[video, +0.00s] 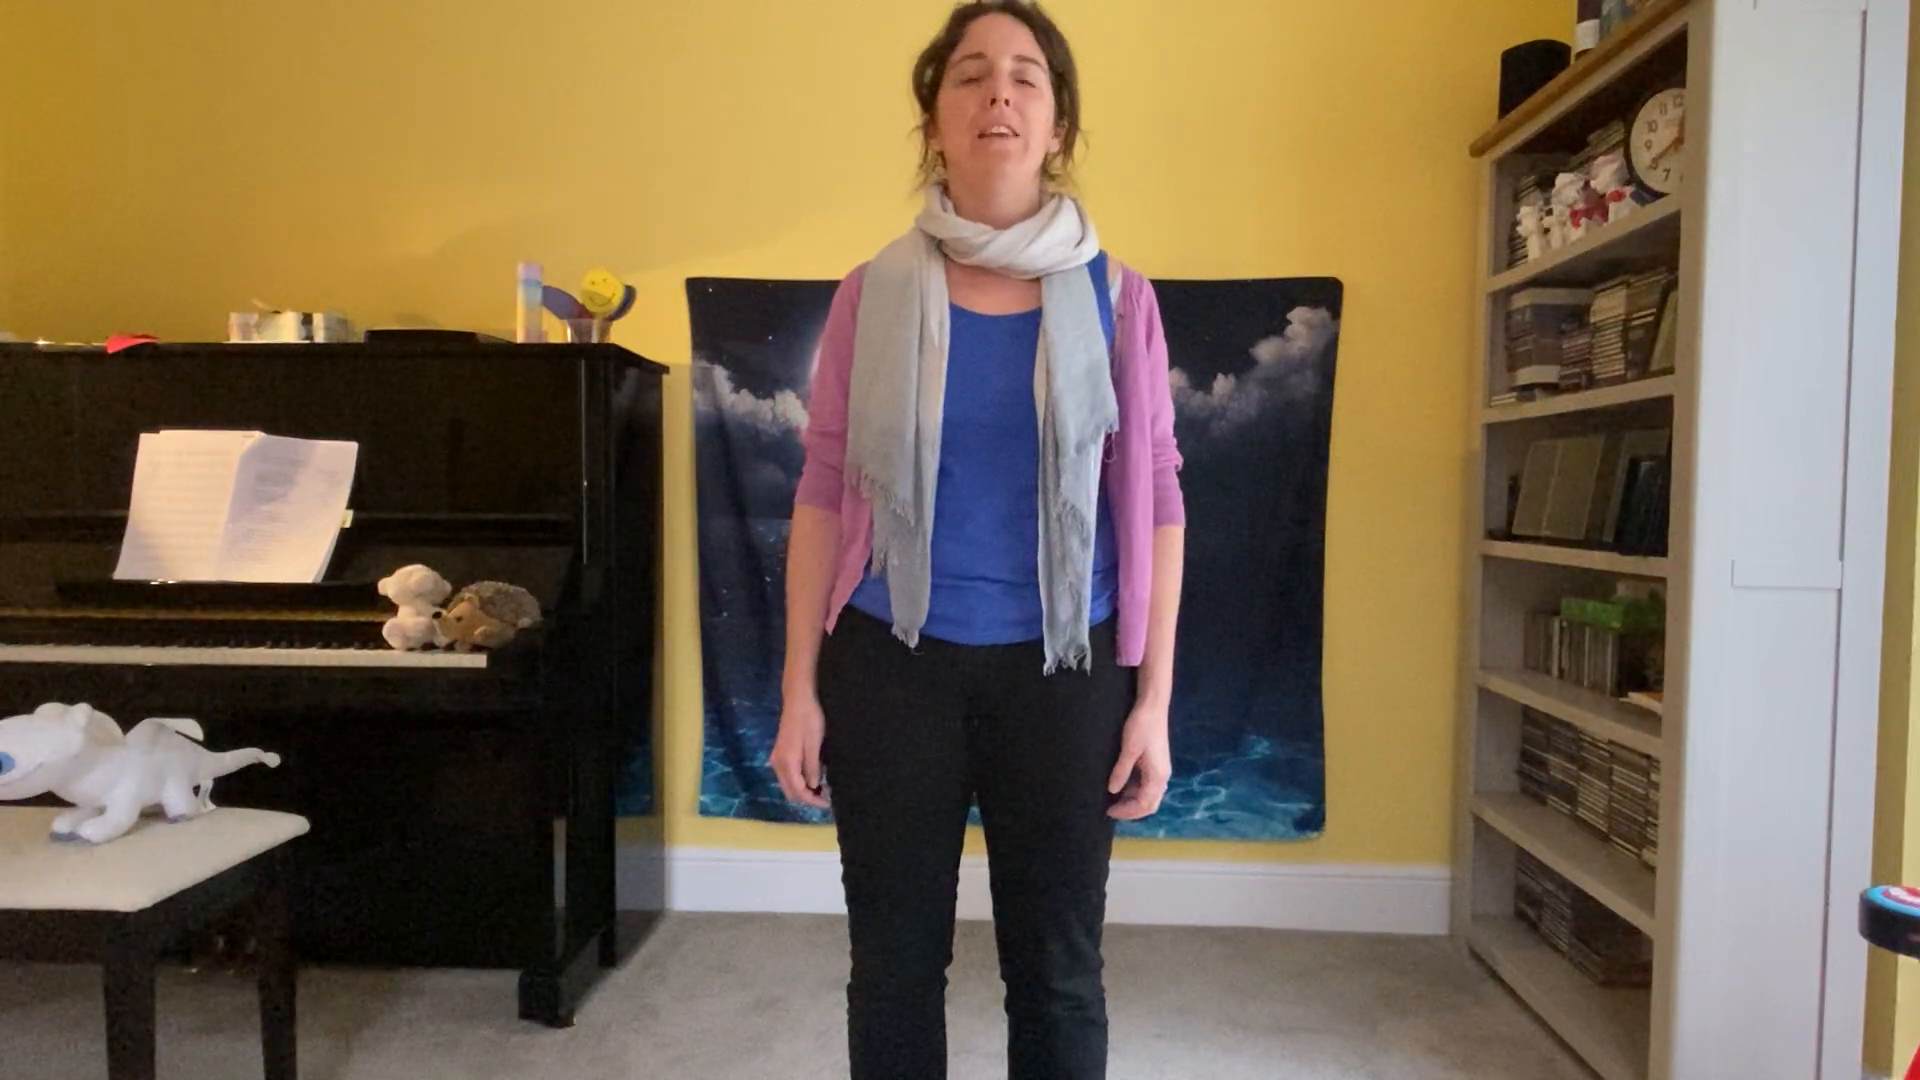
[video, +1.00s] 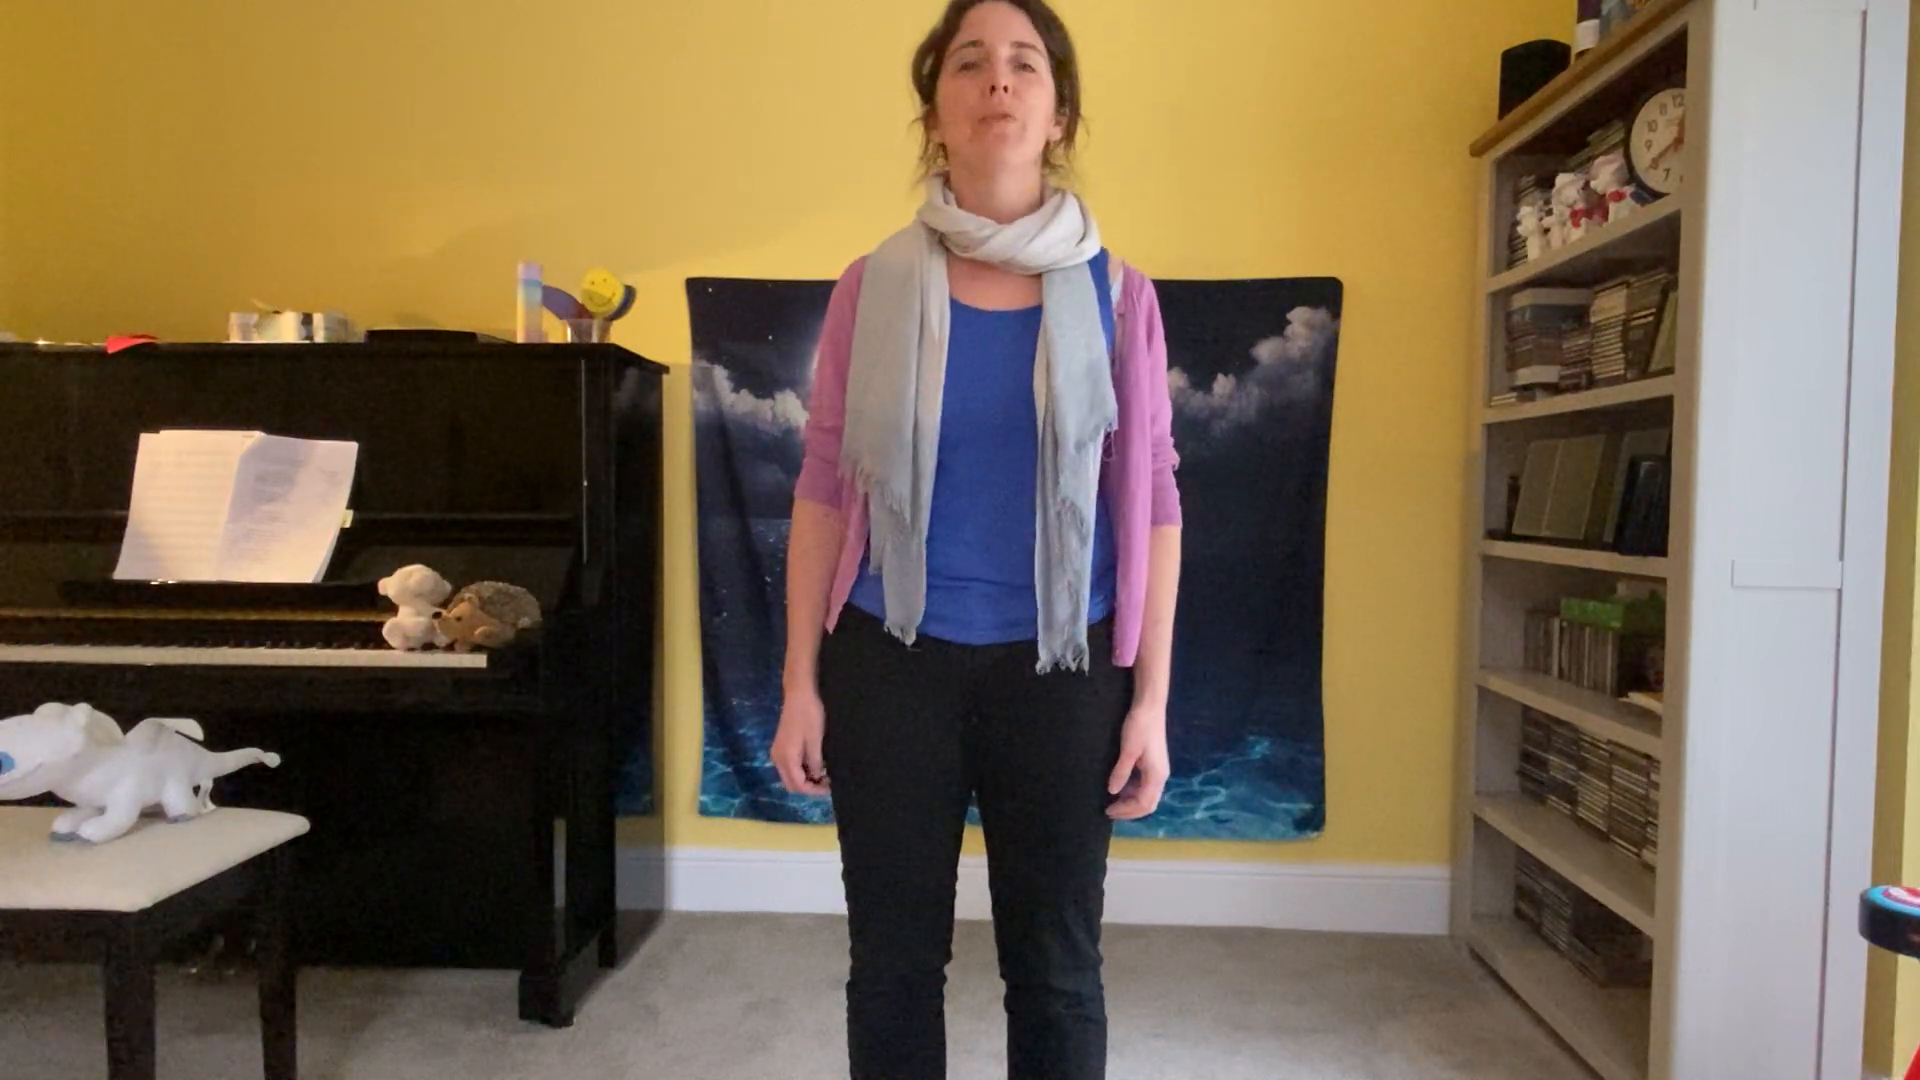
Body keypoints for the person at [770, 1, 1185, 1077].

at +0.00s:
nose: (998, 93)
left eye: (1024, 77)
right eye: (972, 75)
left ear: (1059, 124)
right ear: (933, 122)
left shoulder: (1119, 302)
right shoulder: (871, 295)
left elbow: (1156, 504)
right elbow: (821, 494)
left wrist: (1153, 695)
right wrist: (798, 685)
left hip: (1063, 681)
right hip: (889, 676)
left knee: (1060, 984)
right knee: (893, 981)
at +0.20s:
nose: (996, 94)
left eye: (1022, 77)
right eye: (970, 76)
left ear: (1059, 121)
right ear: (933, 120)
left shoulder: (1119, 302)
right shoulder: (873, 295)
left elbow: (1156, 506)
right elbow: (823, 494)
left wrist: (1153, 695)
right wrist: (799, 682)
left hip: (1063, 679)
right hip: (888, 674)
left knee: (1059, 985)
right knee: (893, 986)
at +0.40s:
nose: (996, 93)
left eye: (1022, 77)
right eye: (970, 75)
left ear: (1059, 124)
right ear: (934, 121)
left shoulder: (1119, 303)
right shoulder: (872, 296)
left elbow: (1156, 506)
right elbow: (823, 494)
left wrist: (1152, 696)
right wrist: (798, 683)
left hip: (1062, 679)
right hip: (888, 673)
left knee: (1059, 983)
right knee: (892, 979)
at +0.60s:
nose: (996, 90)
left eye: (1022, 75)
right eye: (970, 74)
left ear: (1058, 123)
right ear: (933, 121)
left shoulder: (1119, 304)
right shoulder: (872, 296)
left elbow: (1155, 505)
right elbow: (822, 494)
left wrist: (1152, 696)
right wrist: (798, 683)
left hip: (1063, 679)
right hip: (888, 672)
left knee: (1059, 985)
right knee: (893, 979)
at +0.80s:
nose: (996, 87)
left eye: (1022, 70)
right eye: (969, 69)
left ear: (1059, 113)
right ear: (932, 112)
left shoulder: (1119, 299)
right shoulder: (872, 291)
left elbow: (1154, 503)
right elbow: (824, 489)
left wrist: (1152, 694)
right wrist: (799, 679)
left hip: (1061, 677)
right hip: (888, 671)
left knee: (1058, 982)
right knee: (893, 977)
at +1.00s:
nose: (996, 79)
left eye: (1023, 63)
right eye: (970, 62)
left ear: (1060, 112)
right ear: (933, 110)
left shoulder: (1119, 298)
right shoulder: (869, 290)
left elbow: (1153, 504)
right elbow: (823, 488)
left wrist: (1150, 696)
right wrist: (799, 677)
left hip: (1061, 679)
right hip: (887, 672)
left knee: (1057, 982)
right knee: (892, 977)